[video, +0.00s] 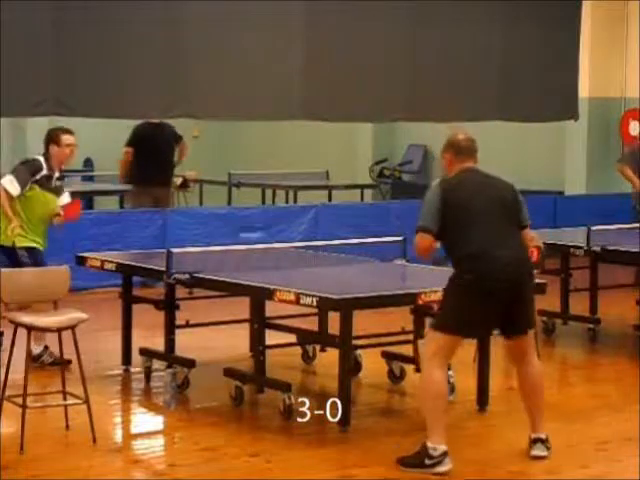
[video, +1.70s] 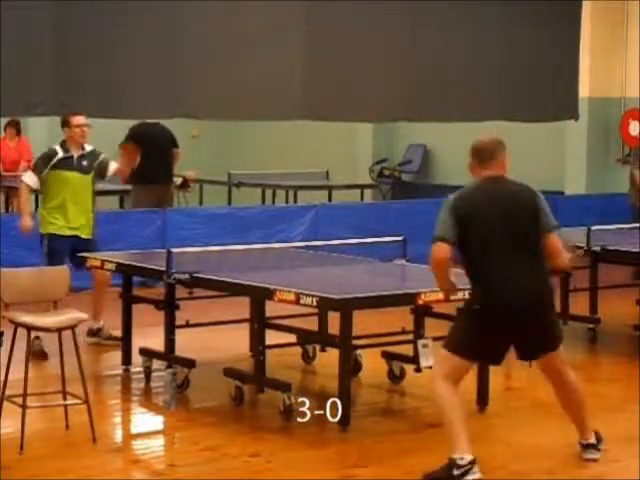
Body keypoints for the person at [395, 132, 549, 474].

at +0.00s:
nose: (441, 166)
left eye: (441, 161)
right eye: (442, 161)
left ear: (448, 158)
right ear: (476, 157)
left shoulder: (442, 189)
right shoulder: (506, 188)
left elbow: (423, 247)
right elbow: (529, 240)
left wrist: (443, 232)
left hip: (473, 282)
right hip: (518, 281)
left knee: (433, 358)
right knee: (526, 357)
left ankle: (435, 448)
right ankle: (539, 438)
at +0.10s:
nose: (449, 170)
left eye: (448, 165)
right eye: (451, 166)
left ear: (451, 163)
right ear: (482, 163)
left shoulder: (442, 191)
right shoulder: (507, 191)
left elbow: (417, 249)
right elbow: (532, 246)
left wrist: (436, 248)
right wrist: (503, 246)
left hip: (472, 282)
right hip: (516, 280)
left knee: (431, 362)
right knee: (527, 350)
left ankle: (435, 451)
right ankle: (539, 430)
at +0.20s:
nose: (466, 172)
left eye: (464, 166)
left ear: (465, 166)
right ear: (496, 168)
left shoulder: (448, 194)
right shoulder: (515, 199)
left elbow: (413, 244)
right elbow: (540, 255)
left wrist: (433, 253)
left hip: (468, 290)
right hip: (515, 289)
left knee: (427, 365)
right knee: (533, 349)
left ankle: (435, 451)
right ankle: (552, 420)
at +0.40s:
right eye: (530, 175)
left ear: (499, 173)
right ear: (530, 175)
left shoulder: (482, 197)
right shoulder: (542, 209)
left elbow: (442, 227)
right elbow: (561, 263)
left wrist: (440, 260)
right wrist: (575, 276)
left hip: (488, 293)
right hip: (535, 293)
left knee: (449, 362)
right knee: (550, 354)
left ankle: (434, 448)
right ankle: (561, 421)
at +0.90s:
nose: (509, 159)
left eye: (510, 153)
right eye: (512, 153)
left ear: (514, 153)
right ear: (542, 153)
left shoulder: (518, 182)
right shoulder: (560, 185)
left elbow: (498, 224)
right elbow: (564, 231)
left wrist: (478, 256)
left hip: (535, 275)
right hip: (571, 274)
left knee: (501, 349)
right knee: (563, 344)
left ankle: (491, 440)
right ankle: (568, 420)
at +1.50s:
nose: (478, 187)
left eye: (478, 182)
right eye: (481, 182)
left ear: (482, 181)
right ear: (512, 181)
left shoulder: (482, 214)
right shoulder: (539, 212)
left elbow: (467, 265)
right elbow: (572, 264)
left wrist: (445, 292)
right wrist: (557, 293)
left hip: (511, 309)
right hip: (556, 304)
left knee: (458, 373)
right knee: (560, 361)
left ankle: (468, 461)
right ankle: (587, 437)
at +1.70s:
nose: (503, 167)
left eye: (473, 166)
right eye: (504, 161)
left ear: (472, 166)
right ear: (504, 162)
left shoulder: (458, 202)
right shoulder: (529, 196)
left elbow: (439, 257)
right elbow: (558, 258)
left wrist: (447, 290)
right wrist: (529, 262)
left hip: (487, 305)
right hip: (534, 303)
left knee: (444, 378)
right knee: (558, 371)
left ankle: (462, 459)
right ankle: (588, 439)